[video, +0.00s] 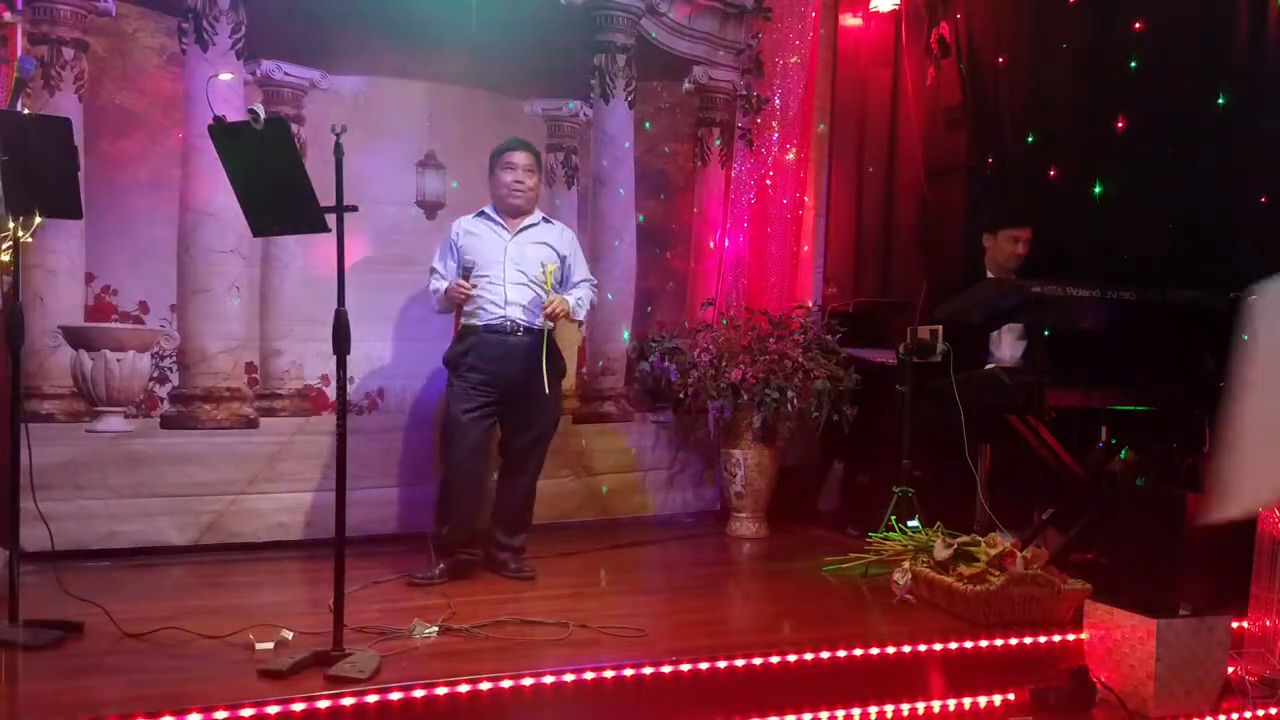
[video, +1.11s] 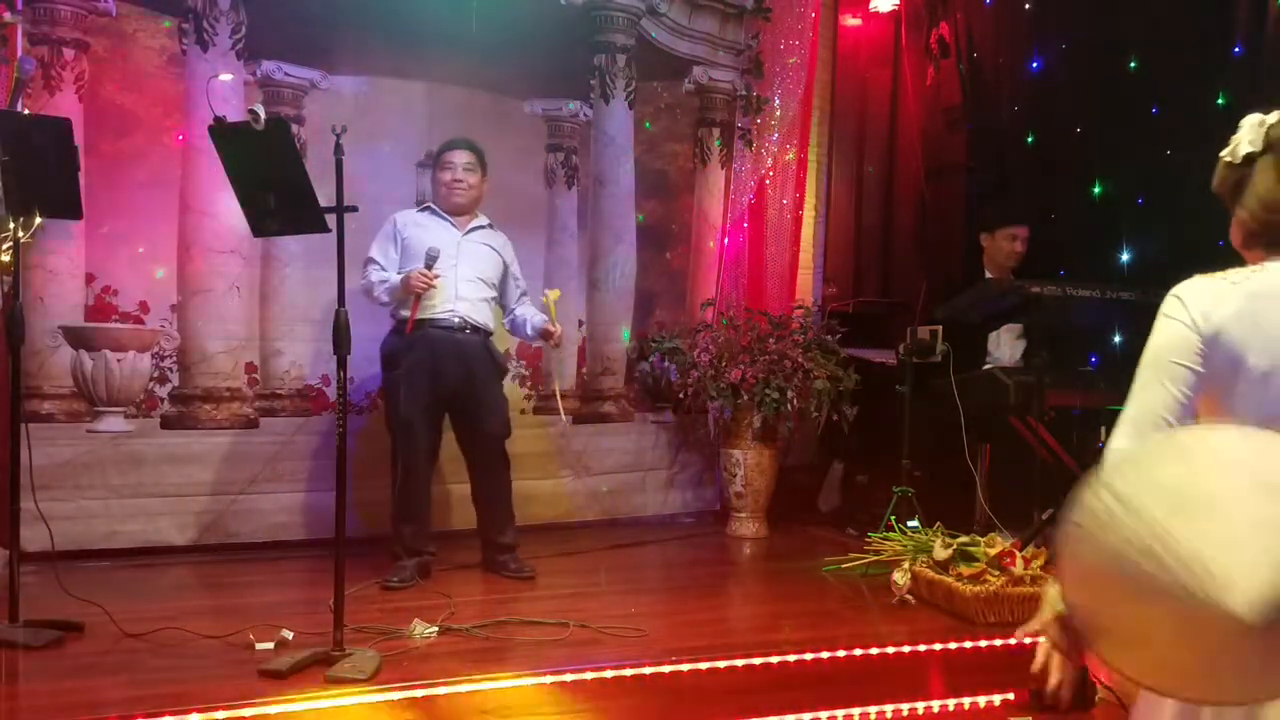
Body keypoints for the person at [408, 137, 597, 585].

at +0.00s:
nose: (519, 178)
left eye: (529, 171)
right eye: (509, 169)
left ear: (540, 182)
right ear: (491, 179)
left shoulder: (559, 236)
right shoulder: (465, 229)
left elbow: (584, 286)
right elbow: (438, 289)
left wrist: (570, 303)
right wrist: (449, 293)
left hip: (535, 354)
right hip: (477, 351)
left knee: (523, 460)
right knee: (463, 452)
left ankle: (507, 550)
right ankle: (457, 553)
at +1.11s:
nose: (457, 176)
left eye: (468, 169)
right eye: (447, 168)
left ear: (484, 183)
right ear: (433, 178)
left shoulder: (497, 242)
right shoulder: (403, 224)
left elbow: (516, 305)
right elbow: (372, 280)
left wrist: (540, 325)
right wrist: (400, 285)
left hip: (476, 352)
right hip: (417, 350)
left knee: (490, 454)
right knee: (413, 455)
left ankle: (500, 550)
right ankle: (411, 556)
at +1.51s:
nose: (428, 171)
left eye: (438, 164)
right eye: (417, 163)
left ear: (452, 176)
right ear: (400, 174)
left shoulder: (475, 235)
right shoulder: (376, 226)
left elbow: (490, 300)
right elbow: (351, 297)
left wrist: (501, 305)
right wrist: (374, 290)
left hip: (460, 352)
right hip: (400, 351)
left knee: (486, 444)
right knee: (402, 455)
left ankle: (488, 552)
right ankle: (409, 557)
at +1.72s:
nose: (409, 167)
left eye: (420, 159)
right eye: (399, 160)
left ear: (440, 171)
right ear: (387, 173)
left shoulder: (470, 225)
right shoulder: (369, 228)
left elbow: (497, 280)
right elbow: (351, 302)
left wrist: (495, 303)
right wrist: (371, 294)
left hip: (463, 348)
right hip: (402, 350)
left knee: (494, 441)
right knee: (403, 455)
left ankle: (509, 549)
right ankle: (410, 557)